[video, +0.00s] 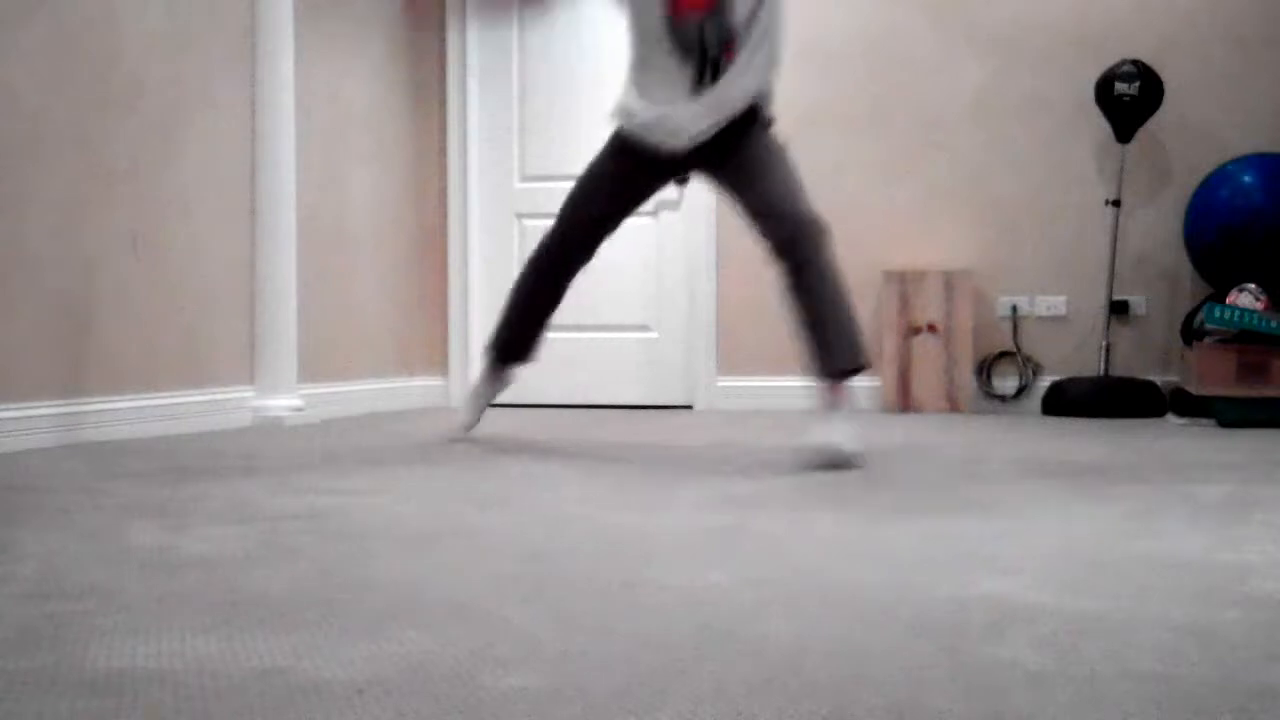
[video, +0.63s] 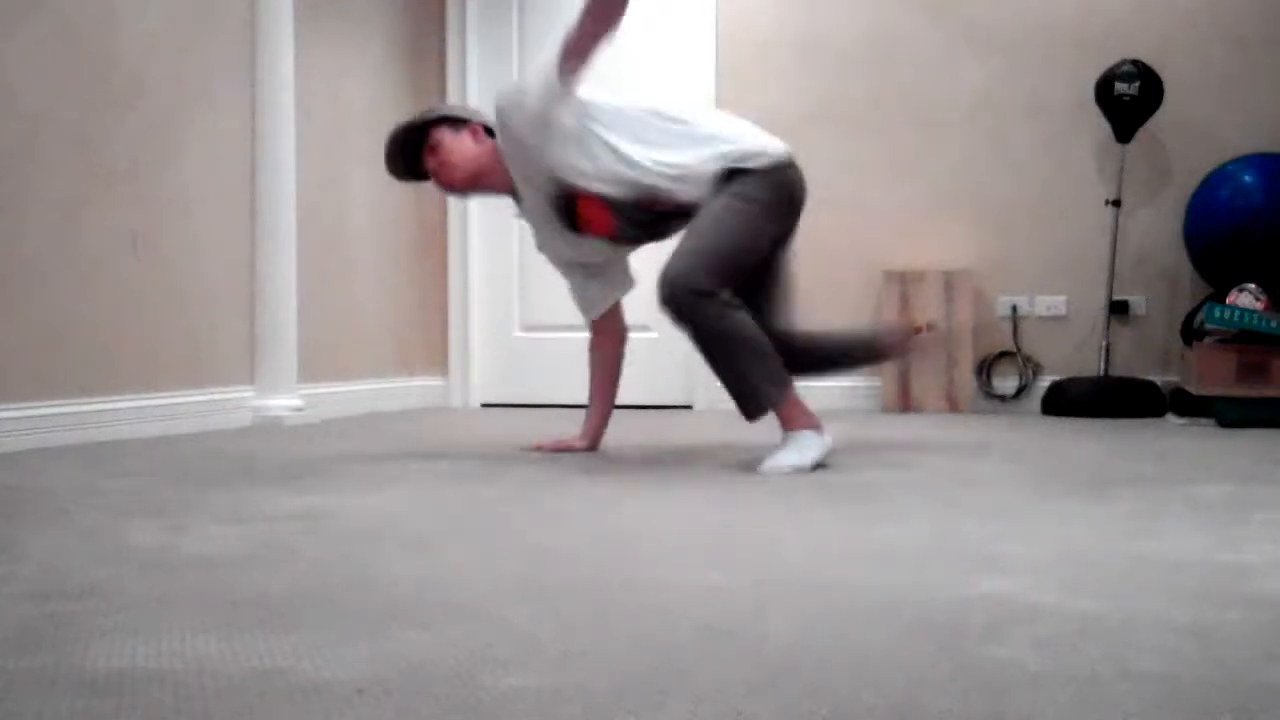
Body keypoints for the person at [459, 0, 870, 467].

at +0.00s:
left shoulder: (761, 7)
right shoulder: (644, 6)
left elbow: (758, 69)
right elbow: (643, 64)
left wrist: (686, 125)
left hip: (732, 125)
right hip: (648, 127)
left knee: (801, 238)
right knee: (565, 245)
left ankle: (840, 397)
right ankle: (496, 370)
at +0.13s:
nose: (627, 21)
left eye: (636, 11)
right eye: (618, 13)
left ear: (659, 2)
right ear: (607, 6)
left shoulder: (718, 10)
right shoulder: (594, 36)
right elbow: (544, 100)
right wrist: (517, 153)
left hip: (710, 185)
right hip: (622, 193)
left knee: (762, 262)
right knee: (544, 296)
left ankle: (790, 429)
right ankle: (481, 414)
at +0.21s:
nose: (596, 57)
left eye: (605, 39)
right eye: (584, 43)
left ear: (634, 34)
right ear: (574, 51)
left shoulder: (692, 61)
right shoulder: (575, 119)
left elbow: (791, 51)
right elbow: (548, 221)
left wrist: (847, 10)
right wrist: (540, 322)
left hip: (696, 216)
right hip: (611, 235)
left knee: (757, 260)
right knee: (517, 336)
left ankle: (790, 429)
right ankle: (480, 430)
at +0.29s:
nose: (556, 117)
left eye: (565, 96)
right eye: (546, 102)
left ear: (601, 86)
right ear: (541, 108)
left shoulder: (662, 103)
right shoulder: (561, 195)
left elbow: (735, 102)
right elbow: (586, 311)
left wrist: (773, 90)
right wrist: (583, 430)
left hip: (694, 227)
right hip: (618, 256)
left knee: (753, 254)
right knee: (513, 354)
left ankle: (790, 424)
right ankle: (480, 430)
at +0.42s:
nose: (489, 175)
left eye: (493, 153)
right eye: (478, 163)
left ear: (532, 133)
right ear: (480, 169)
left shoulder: (584, 137)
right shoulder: (553, 228)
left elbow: (667, 127)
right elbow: (604, 324)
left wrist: (569, 162)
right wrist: (588, 436)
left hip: (742, 200)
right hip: (673, 238)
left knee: (736, 242)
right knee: (567, 318)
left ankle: (787, 432)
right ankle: (486, 417)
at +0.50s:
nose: (454, 183)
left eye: (455, 160)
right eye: (444, 177)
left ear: (496, 137)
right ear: (451, 191)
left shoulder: (564, 146)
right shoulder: (558, 230)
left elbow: (612, 96)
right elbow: (614, 324)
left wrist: (561, 122)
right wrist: (588, 436)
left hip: (766, 184)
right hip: (695, 220)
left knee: (714, 252)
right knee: (631, 312)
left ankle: (790, 429)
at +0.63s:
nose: (442, 178)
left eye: (437, 156)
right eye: (432, 177)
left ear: (467, 128)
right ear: (443, 186)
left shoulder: (527, 113)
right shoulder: (555, 228)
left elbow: (591, 30)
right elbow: (607, 328)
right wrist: (591, 438)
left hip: (755, 170)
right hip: (724, 209)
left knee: (687, 285)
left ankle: (803, 430)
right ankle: (904, 343)